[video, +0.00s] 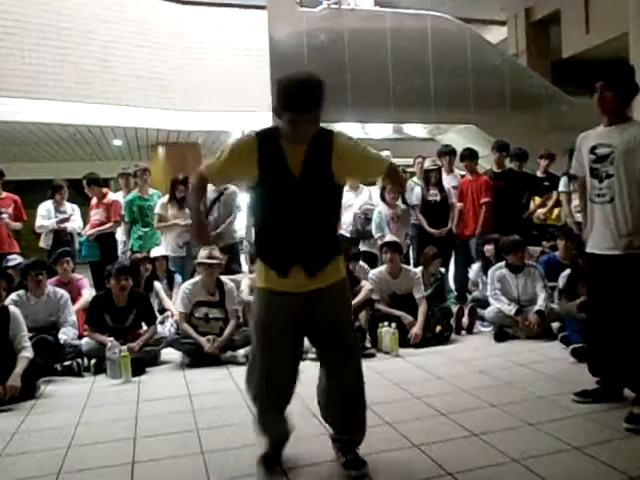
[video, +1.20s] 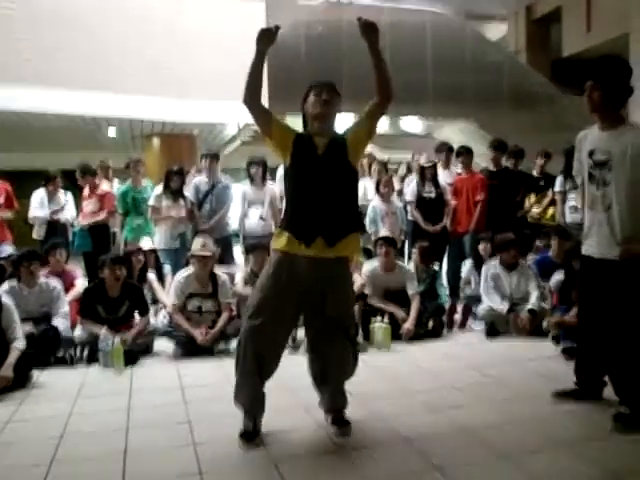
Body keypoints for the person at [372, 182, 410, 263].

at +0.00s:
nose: (393, 195)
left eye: (396, 192)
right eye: (389, 192)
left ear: (399, 194)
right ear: (383, 193)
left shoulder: (404, 210)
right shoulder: (379, 211)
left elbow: (408, 228)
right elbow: (376, 230)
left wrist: (406, 241)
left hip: (402, 245)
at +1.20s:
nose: (387, 190)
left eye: (390, 186)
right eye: (384, 186)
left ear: (393, 188)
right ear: (378, 188)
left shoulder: (398, 206)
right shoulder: (374, 205)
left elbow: (403, 222)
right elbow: (369, 222)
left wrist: (401, 234)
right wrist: (374, 234)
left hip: (396, 238)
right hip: (380, 237)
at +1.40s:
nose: (386, 164)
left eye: (388, 160)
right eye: (383, 161)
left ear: (392, 162)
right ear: (377, 163)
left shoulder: (398, 180)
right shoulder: (373, 180)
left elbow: (403, 196)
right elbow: (369, 198)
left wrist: (401, 208)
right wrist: (373, 209)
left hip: (396, 212)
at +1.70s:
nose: (388, 164)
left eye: (391, 161)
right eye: (385, 161)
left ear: (394, 163)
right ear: (380, 163)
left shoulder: (401, 179)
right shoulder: (376, 180)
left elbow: (406, 196)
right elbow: (372, 199)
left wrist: (404, 210)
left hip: (400, 213)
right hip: (384, 213)